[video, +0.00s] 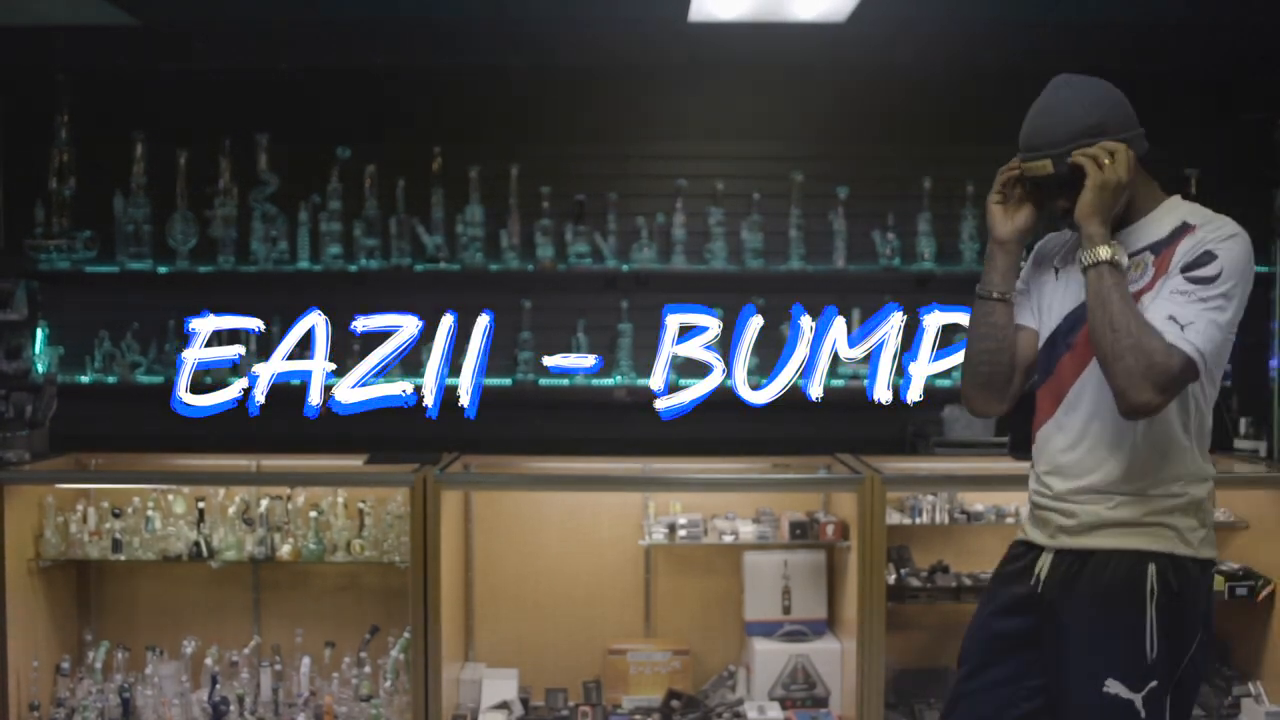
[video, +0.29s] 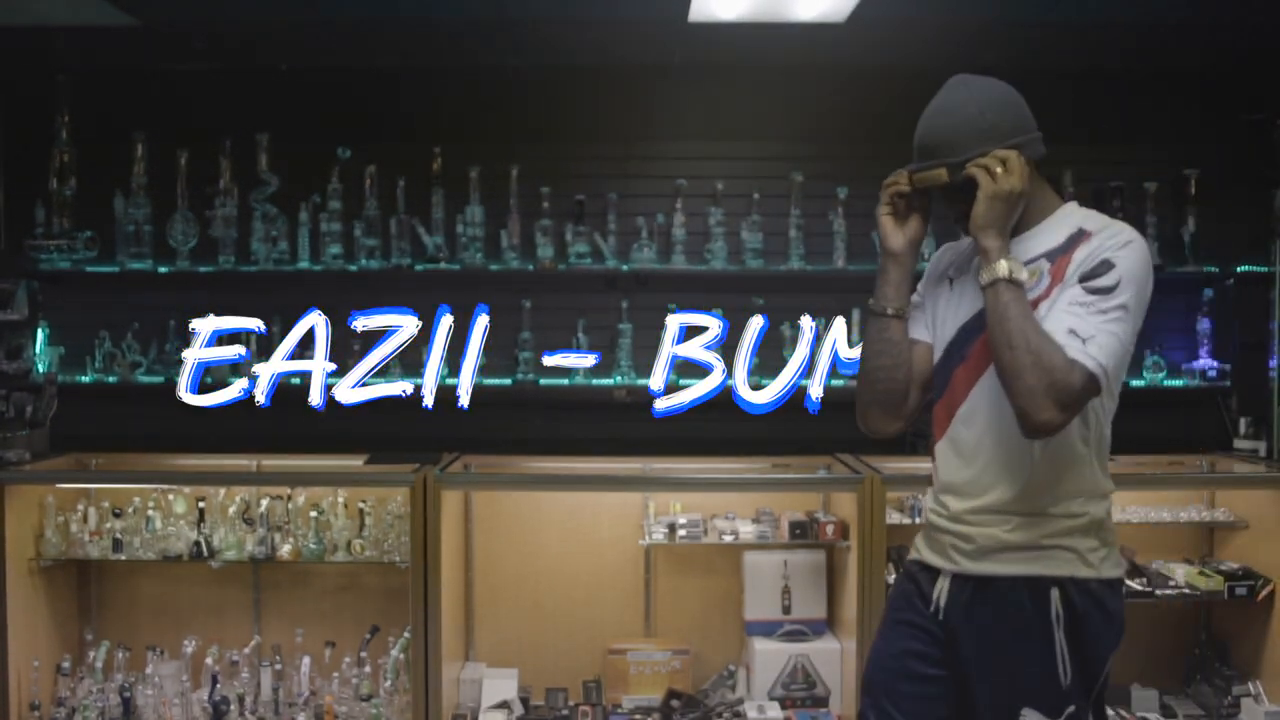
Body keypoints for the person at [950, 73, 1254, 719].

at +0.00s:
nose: (1062, 190)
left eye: (1072, 170)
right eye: (1049, 176)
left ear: (1123, 157)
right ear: (1040, 184)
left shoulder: (1214, 244)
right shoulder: (1052, 253)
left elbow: (1141, 387)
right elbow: (986, 397)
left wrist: (1095, 234)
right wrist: (1002, 247)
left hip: (1148, 555)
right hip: (1041, 547)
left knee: (1119, 707)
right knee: (977, 706)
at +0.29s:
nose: (955, 199)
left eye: (964, 182)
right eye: (944, 188)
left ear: (1012, 166)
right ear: (940, 189)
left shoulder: (1112, 250)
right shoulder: (951, 261)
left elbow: (1045, 406)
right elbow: (882, 416)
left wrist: (992, 247)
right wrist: (894, 263)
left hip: (1045, 590)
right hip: (934, 576)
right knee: (888, 706)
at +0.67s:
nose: (763, 197)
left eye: (777, 176)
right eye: (754, 180)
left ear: (836, 156)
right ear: (747, 173)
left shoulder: (931, 239)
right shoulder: (766, 253)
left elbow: (863, 373)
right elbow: (671, 382)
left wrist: (836, 210)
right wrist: (715, 228)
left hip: (860, 576)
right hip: (753, 568)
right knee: (723, 710)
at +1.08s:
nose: (651, 207)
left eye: (662, 182)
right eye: (642, 186)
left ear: (723, 160)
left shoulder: (828, 249)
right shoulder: (666, 251)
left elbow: (730, 392)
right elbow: (544, 370)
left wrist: (722, 207)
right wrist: (610, 220)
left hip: (737, 596)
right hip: (643, 586)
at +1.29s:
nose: (599, 196)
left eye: (603, 167)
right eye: (592, 172)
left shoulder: (791, 242)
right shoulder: (623, 251)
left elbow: (687, 339)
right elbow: (465, 300)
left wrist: (697, 170)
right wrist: (565, 188)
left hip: (688, 618)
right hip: (594, 605)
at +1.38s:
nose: (575, 180)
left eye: (580, 155)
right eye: (569, 159)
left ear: (620, 147)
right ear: (660, 137)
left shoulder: (781, 229)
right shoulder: (603, 240)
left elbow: (674, 312)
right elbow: (440, 273)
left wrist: (687, 146)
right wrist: (549, 171)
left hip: (681, 626)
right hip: (572, 612)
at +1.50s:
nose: (551, 164)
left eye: (553, 142)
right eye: (544, 147)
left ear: (584, 136)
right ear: (640, 114)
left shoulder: (768, 218)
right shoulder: (576, 227)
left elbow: (653, 289)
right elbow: (405, 252)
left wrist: (675, 127)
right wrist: (529, 150)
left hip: (668, 641)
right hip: (542, 623)